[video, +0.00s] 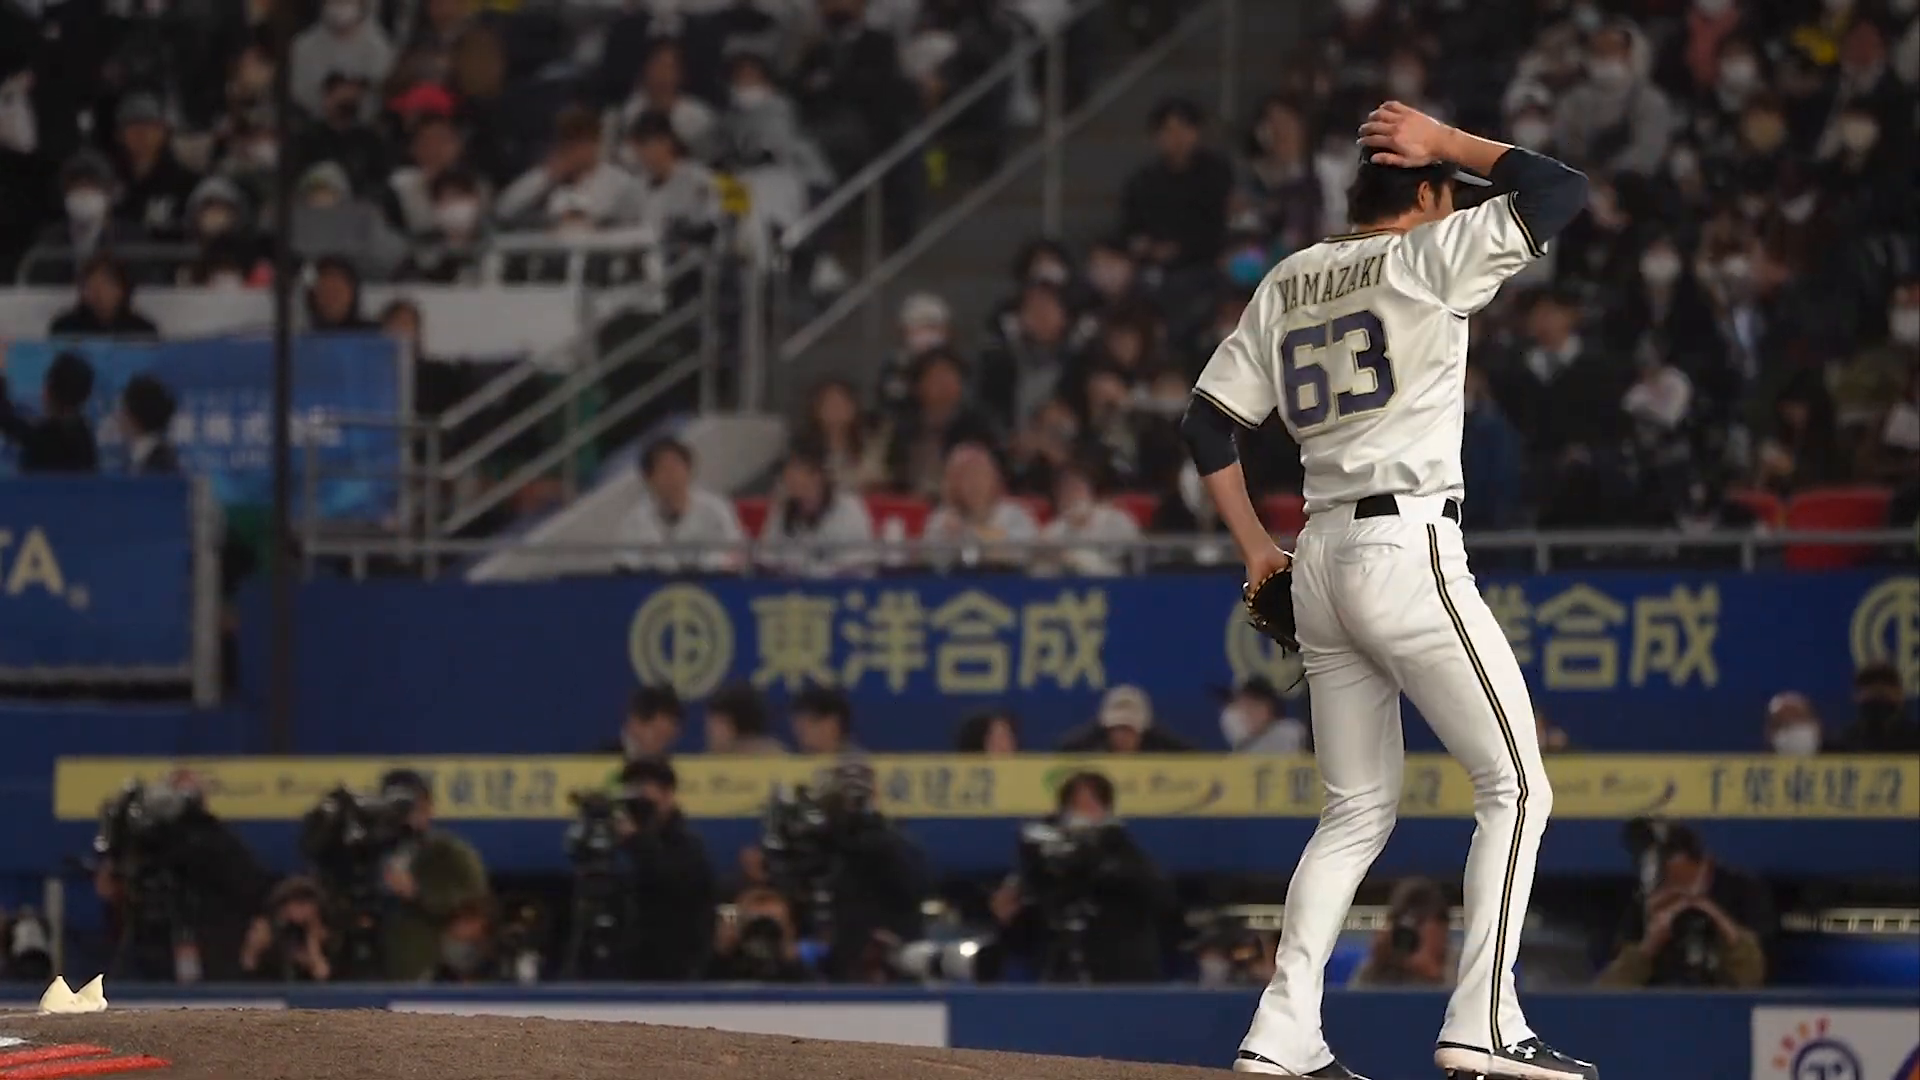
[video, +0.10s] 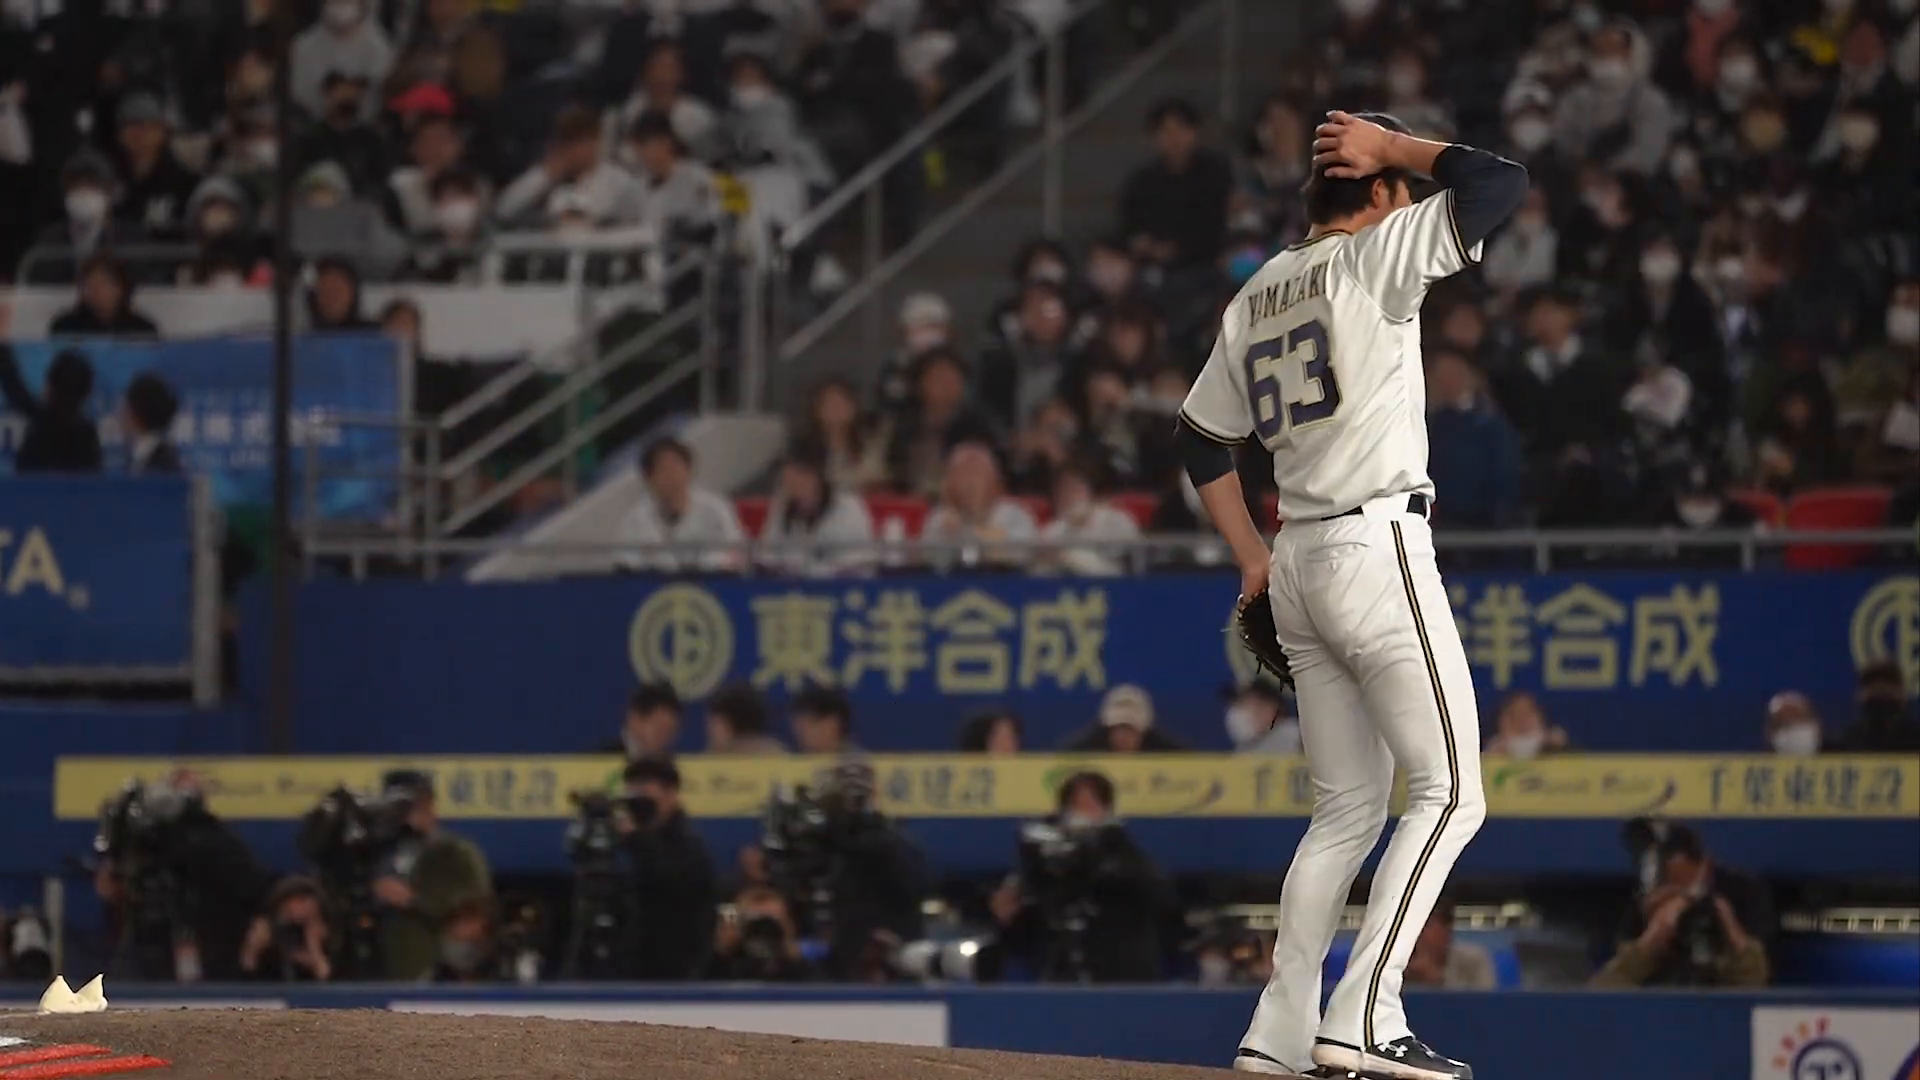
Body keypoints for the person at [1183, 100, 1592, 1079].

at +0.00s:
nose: (1457, 231)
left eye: (1453, 212)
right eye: (1451, 213)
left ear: (1362, 202)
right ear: (1427, 202)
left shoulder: (1287, 283)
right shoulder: (1431, 260)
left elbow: (1210, 417)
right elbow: (1560, 187)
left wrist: (1256, 549)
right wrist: (1450, 141)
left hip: (1318, 564)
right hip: (1409, 558)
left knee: (1355, 812)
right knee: (1517, 786)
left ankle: (1283, 1034)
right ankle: (1484, 1024)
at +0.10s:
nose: (1390, 229)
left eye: (1383, 208)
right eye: (1387, 210)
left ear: (1305, 210)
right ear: (1370, 206)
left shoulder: (1254, 298)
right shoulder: (1377, 259)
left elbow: (1203, 442)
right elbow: (1501, 177)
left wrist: (1257, 567)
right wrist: (1403, 147)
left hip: (1299, 562)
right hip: (1379, 552)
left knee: (1344, 810)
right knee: (1450, 796)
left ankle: (1280, 1028)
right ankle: (1364, 1019)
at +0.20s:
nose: (1357, 209)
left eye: (1348, 184)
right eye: (1349, 187)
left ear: (1268, 194)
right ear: (1327, 188)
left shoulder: (1224, 285)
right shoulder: (1332, 249)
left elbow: (1195, 441)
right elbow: (1445, 166)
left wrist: (1250, 563)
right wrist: (1349, 130)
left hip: (1280, 542)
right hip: (1345, 535)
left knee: (1324, 792)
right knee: (1379, 792)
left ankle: (1290, 1023)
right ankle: (1237, 1000)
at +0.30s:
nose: (1285, 160)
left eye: (1277, 150)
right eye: (1288, 148)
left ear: (1230, 184)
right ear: (1281, 175)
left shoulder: (1190, 284)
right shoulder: (1285, 240)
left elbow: (1181, 446)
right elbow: (1395, 154)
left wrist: (1241, 561)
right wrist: (1297, 126)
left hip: (1264, 534)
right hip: (1316, 528)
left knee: (1300, 795)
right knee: (1318, 791)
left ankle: (1284, 1035)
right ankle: (1145, 967)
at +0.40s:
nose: (1278, 167)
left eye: (1255, 148)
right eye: (1266, 149)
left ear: (1206, 183)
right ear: (1246, 172)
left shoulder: (1161, 289)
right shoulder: (1246, 238)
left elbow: (1147, 441)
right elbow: (1348, 159)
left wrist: (1215, 544)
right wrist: (1252, 131)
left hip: (1238, 540)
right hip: (1273, 533)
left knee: (1288, 800)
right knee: (1266, 793)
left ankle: (1282, 1038)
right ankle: (1087, 971)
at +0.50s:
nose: (1239, 172)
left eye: (1234, 156)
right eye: (1230, 154)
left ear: (1166, 183)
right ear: (1195, 174)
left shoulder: (1119, 287)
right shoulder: (1198, 251)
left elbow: (1108, 437)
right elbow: (1306, 177)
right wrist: (1207, 146)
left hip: (1196, 538)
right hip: (1219, 537)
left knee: (1268, 798)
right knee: (1204, 792)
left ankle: (1280, 1035)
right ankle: (1054, 995)